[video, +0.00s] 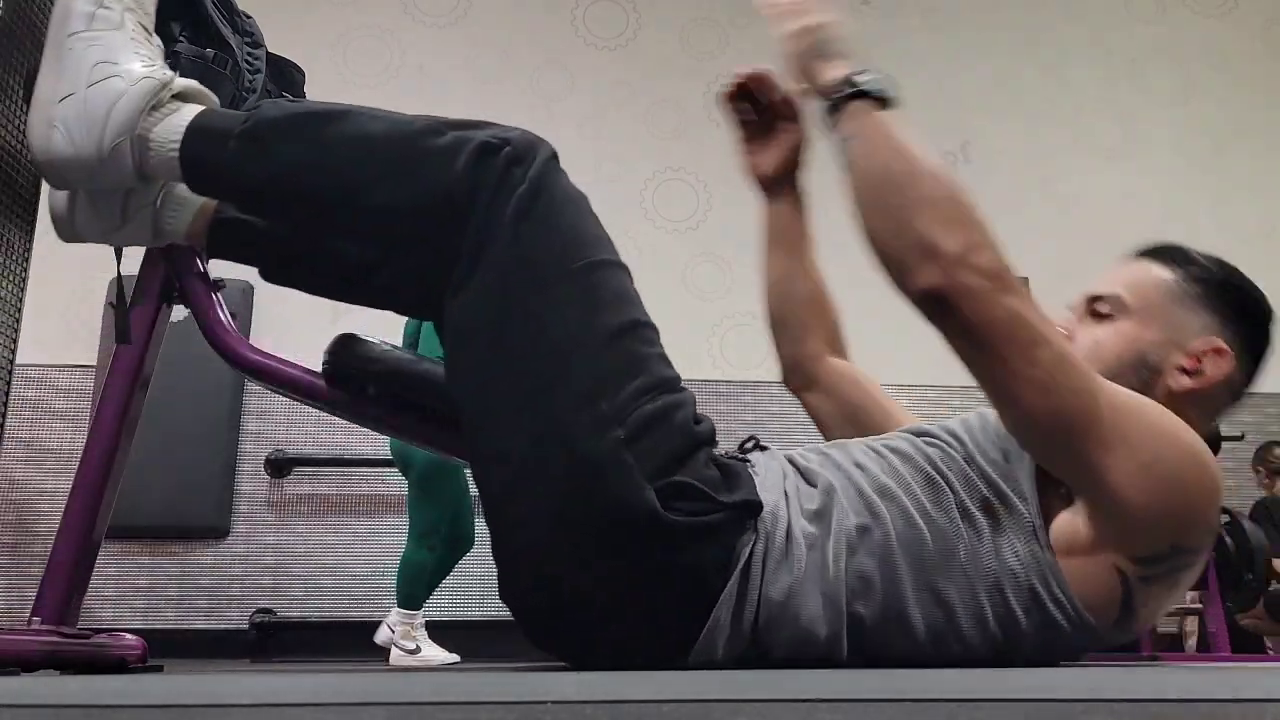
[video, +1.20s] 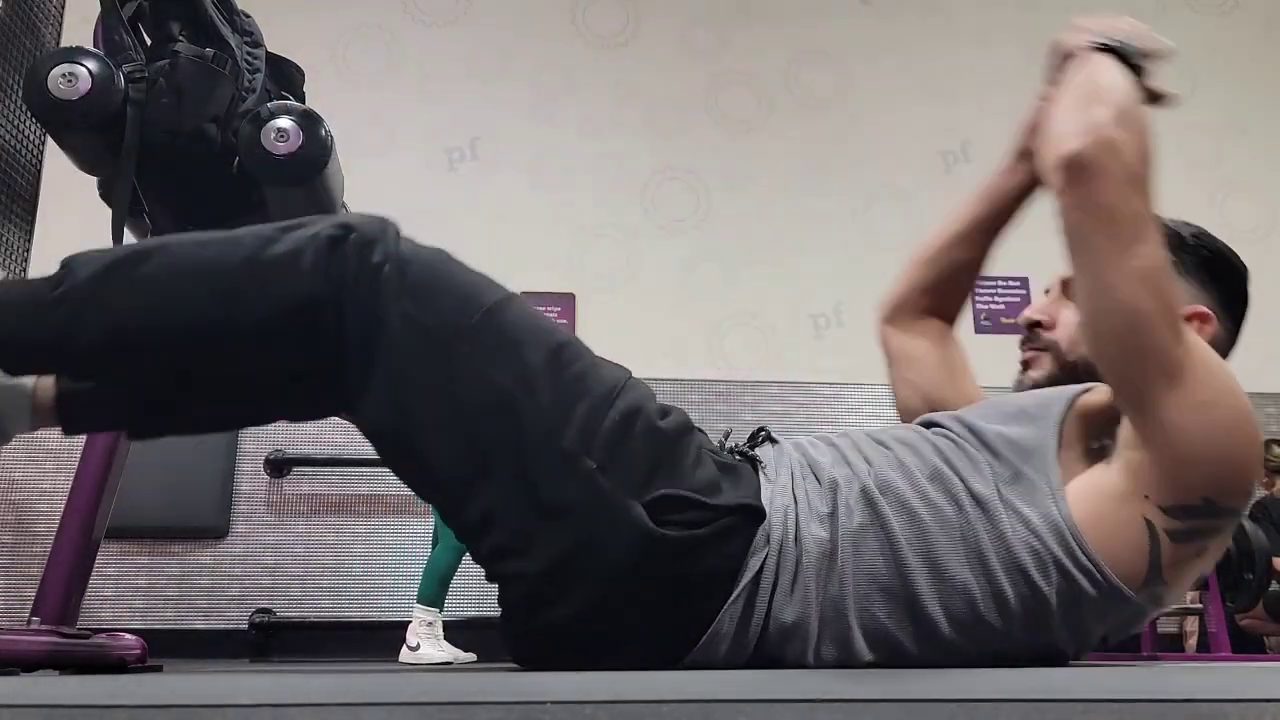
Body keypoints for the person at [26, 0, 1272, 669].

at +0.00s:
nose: (1067, 328)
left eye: (1111, 318)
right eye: (1081, 308)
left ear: (1204, 371)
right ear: (1157, 369)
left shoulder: (1173, 482)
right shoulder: (1028, 472)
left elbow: (968, 286)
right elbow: (827, 373)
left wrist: (849, 96)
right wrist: (780, 190)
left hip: (681, 562)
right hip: (664, 534)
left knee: (514, 187)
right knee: (508, 209)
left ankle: (144, 142)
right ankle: (176, 191)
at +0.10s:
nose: (992, 297)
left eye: (1032, 276)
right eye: (1003, 276)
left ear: (1135, 313)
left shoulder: (1137, 440)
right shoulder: (983, 456)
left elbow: (890, 282)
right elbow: (773, 348)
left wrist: (719, 120)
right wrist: (675, 187)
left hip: (689, 552)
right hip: (644, 559)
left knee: (514, 176)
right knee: (503, 217)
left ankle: (161, 130)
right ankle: (179, 210)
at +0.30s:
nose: (891, 240)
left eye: (920, 215)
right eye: (895, 218)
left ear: (1024, 226)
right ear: (949, 233)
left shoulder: (1062, 336)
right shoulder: (937, 393)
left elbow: (766, 250)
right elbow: (692, 342)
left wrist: (537, 128)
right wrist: (539, 169)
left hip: (688, 566)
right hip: (651, 563)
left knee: (522, 194)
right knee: (518, 206)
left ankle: (150, 119)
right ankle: (198, 224)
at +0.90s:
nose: (909, 244)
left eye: (935, 221)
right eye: (912, 222)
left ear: (1038, 236)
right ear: (977, 247)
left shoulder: (1083, 348)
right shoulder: (928, 393)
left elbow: (805, 225)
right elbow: (722, 326)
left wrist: (633, 85)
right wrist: (614, 171)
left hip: (692, 573)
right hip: (663, 548)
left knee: (474, 185)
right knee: (471, 199)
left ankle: (97, 207)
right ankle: (125, 258)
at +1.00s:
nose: (973, 273)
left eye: (1002, 246)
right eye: (973, 247)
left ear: (1103, 272)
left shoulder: (1132, 400)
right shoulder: (952, 415)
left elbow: (899, 206)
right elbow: (779, 316)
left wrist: (776, 63)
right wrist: (753, 144)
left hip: (699, 548)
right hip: (656, 545)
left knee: (433, 218)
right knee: (403, 274)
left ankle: (61, 240)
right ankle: (74, 314)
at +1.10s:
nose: (1004, 297)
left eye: (1037, 270)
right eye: (1015, 277)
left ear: (1151, 292)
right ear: (1083, 297)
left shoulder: (1170, 433)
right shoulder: (977, 427)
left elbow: (989, 181)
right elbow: (847, 312)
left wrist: (934, 54)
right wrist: (905, 151)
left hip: (703, 550)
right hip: (657, 523)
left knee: (396, 251)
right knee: (380, 301)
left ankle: (31, 287)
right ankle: (69, 339)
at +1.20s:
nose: (1057, 302)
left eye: (1098, 282)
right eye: (1073, 282)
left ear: (1189, 324)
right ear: (1100, 315)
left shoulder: (1186, 467)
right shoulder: (999, 438)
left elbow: (1089, 155)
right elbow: (918, 316)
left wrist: (1096, 74)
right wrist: (1021, 166)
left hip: (699, 562)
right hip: (676, 517)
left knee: (366, 276)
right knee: (373, 299)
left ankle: (28, 321)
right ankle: (60, 362)